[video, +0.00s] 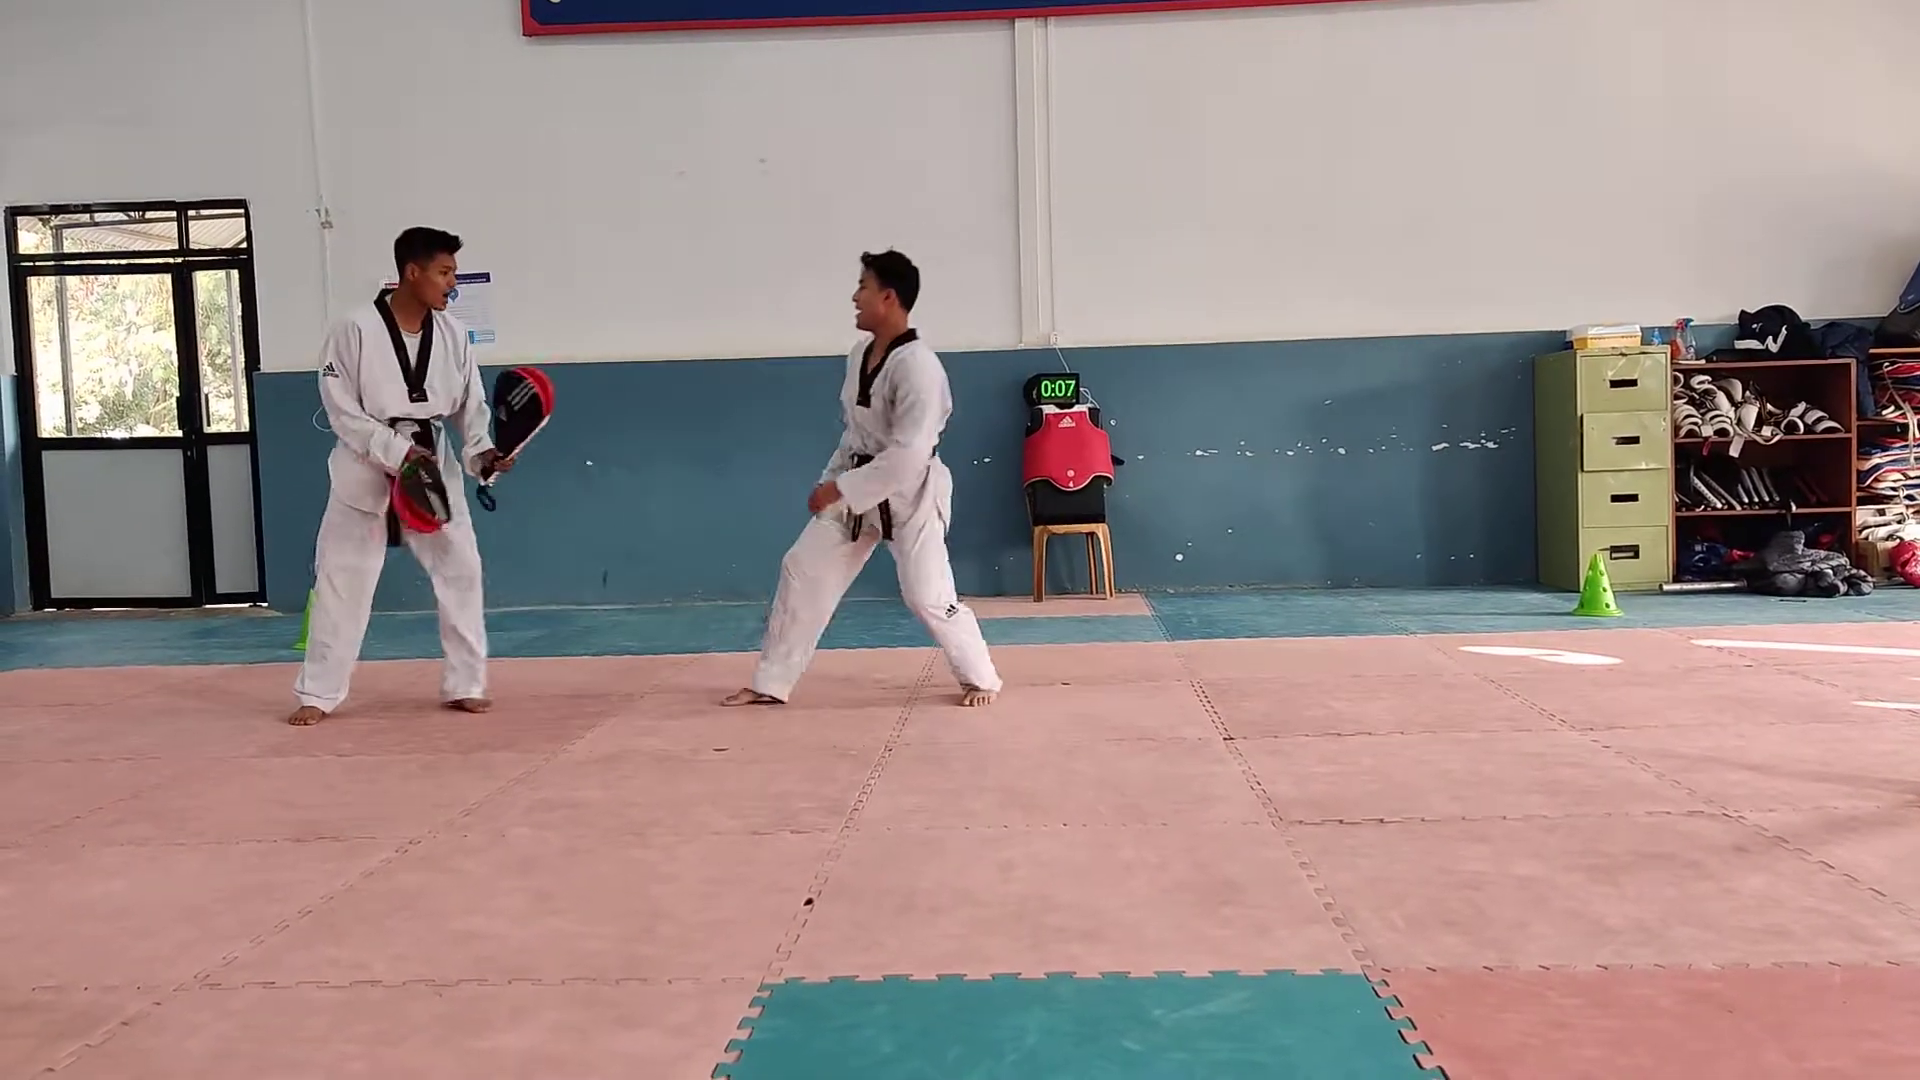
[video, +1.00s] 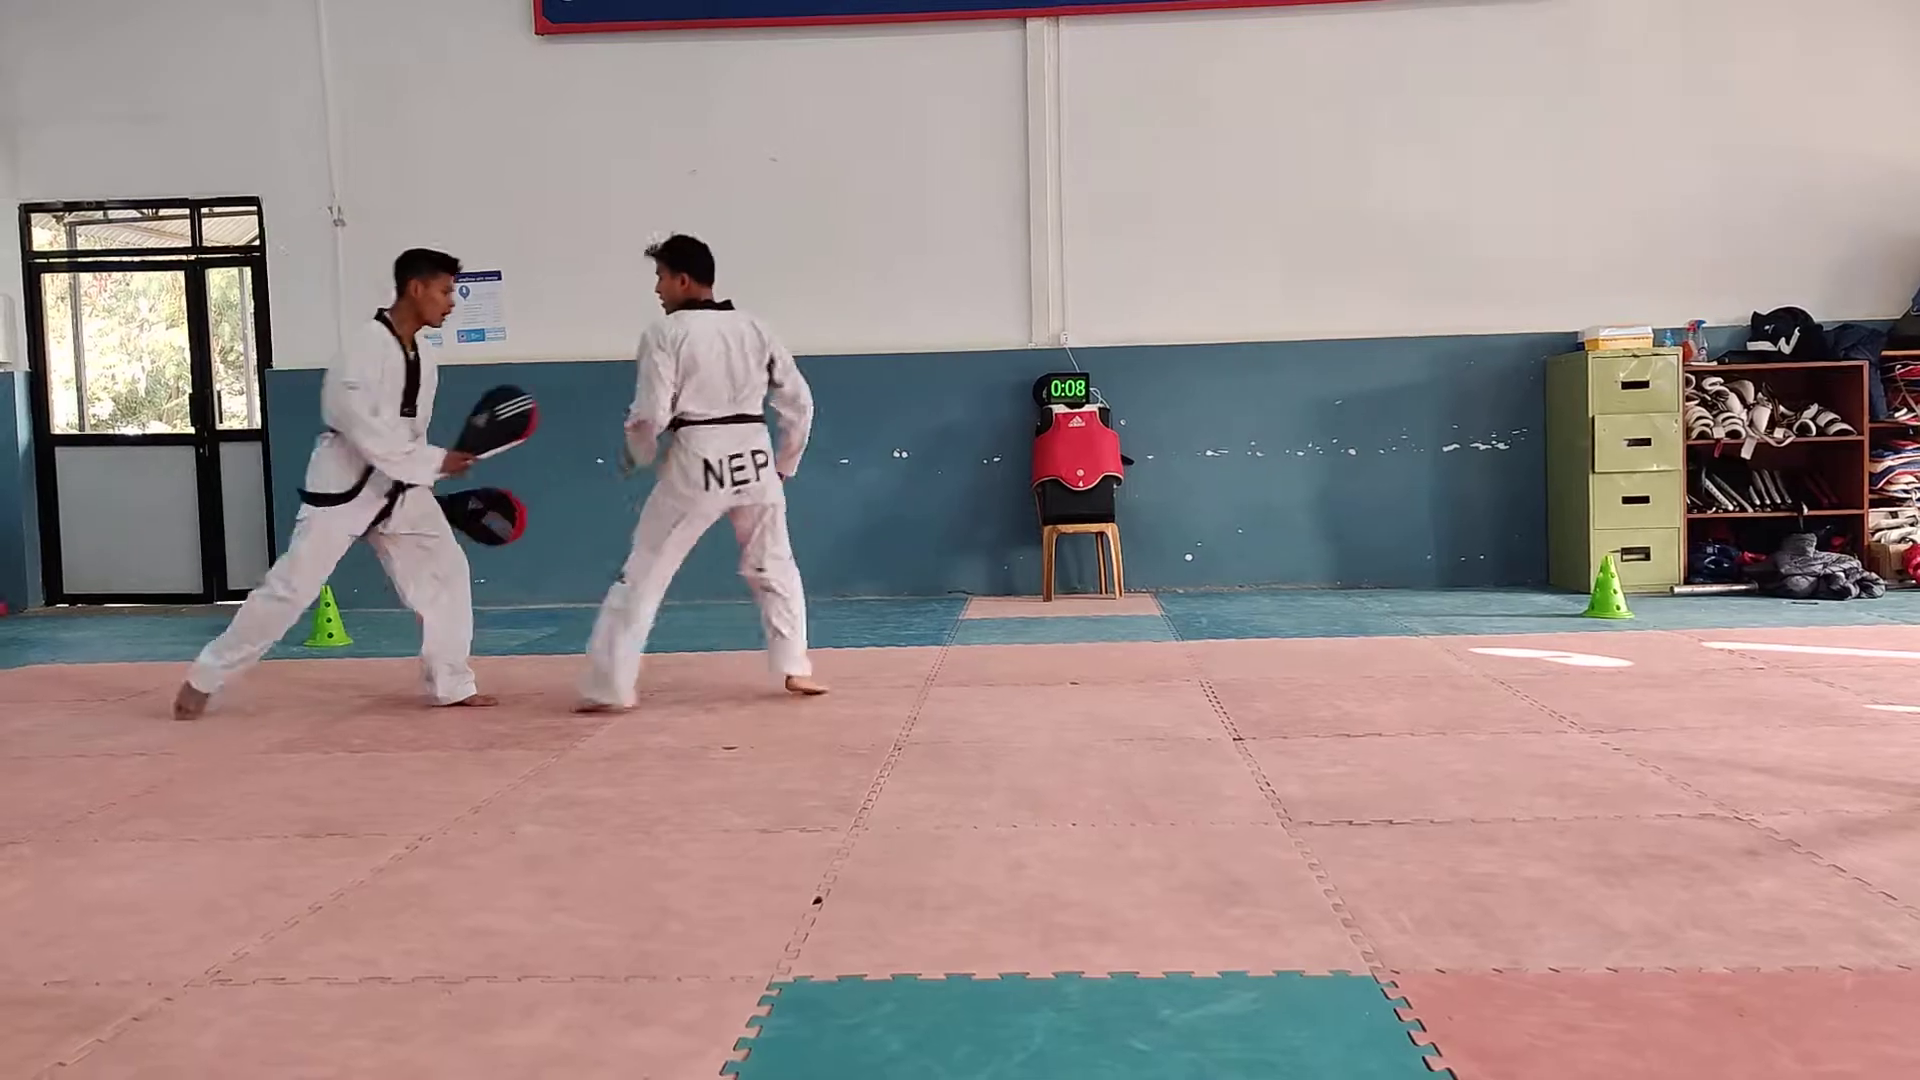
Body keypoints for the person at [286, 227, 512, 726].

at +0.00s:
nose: (453, 283)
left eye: (454, 273)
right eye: (444, 273)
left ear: (427, 275)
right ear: (411, 273)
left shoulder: (452, 334)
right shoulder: (351, 330)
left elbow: (470, 403)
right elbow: (343, 414)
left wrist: (479, 451)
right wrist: (396, 450)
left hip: (433, 462)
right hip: (365, 462)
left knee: (462, 566)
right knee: (342, 572)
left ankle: (466, 685)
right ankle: (318, 694)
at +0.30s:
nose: (428, 277)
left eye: (429, 268)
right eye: (419, 268)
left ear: (406, 271)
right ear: (385, 269)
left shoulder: (430, 329)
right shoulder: (335, 325)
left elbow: (448, 408)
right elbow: (340, 409)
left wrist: (474, 448)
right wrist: (419, 433)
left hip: (404, 460)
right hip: (336, 459)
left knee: (423, 569)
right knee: (310, 568)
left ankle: (439, 683)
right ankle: (292, 688)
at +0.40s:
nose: (404, 276)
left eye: (404, 267)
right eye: (394, 267)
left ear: (386, 271)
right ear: (361, 268)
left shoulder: (411, 333)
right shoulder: (315, 330)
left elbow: (436, 406)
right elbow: (333, 412)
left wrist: (466, 443)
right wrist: (416, 428)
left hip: (390, 464)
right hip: (319, 463)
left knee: (416, 573)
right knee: (277, 568)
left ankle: (439, 684)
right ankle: (241, 681)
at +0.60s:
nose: (341, 292)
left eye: (341, 283)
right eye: (331, 283)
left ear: (316, 286)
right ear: (297, 285)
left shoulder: (349, 340)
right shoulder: (258, 349)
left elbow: (384, 403)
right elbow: (275, 422)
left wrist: (426, 447)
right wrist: (368, 435)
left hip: (346, 478)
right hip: (279, 482)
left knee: (403, 573)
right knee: (233, 588)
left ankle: (438, 684)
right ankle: (189, 692)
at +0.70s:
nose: (337, 300)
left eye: (337, 290)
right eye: (327, 290)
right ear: (294, 293)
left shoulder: (350, 354)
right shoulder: (252, 359)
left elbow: (369, 433)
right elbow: (239, 443)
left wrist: (392, 480)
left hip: (347, 487)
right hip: (275, 489)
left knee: (406, 573)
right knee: (234, 594)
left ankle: (438, 684)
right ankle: (194, 695)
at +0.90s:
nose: (402, 306)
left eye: (402, 297)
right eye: (393, 296)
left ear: (375, 299)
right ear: (361, 297)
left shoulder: (393, 360)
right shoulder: (306, 355)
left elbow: (397, 438)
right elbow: (272, 434)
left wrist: (401, 485)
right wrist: (339, 479)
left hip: (376, 490)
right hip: (308, 492)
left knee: (431, 567)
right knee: (254, 592)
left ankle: (448, 684)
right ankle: (198, 693)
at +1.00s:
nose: (452, 302)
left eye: (453, 292)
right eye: (446, 291)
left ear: (424, 292)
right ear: (414, 288)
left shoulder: (423, 357)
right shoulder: (366, 342)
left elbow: (408, 436)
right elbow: (350, 417)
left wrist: (427, 479)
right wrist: (430, 458)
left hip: (399, 479)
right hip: (345, 475)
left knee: (446, 568)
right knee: (294, 585)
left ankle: (450, 683)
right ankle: (205, 676)